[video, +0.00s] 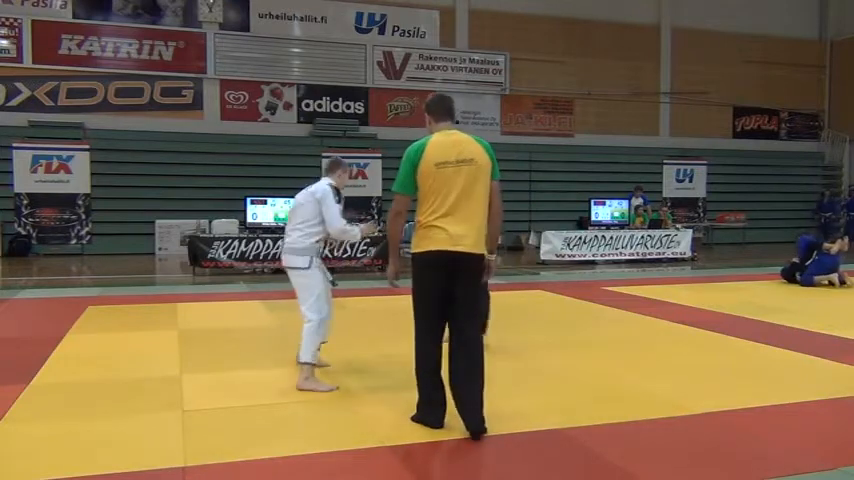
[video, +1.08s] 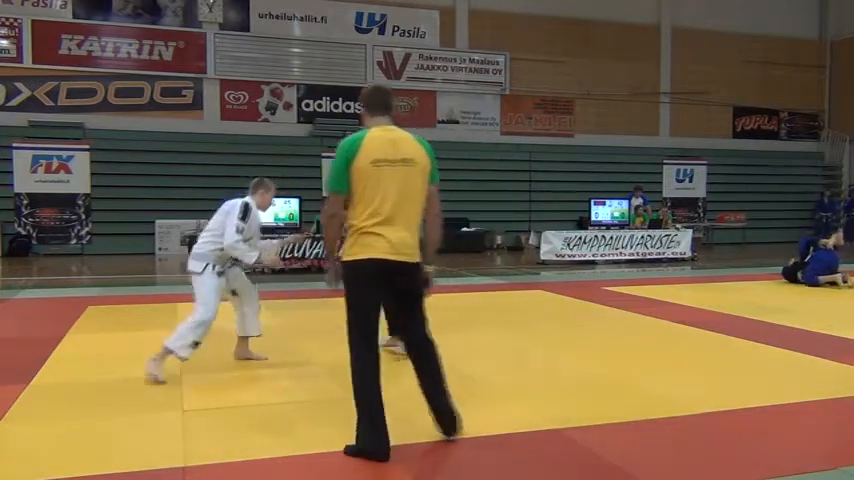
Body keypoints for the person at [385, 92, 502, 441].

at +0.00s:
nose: (425, 123)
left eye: (425, 119)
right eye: (430, 118)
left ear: (428, 118)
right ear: (455, 116)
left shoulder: (417, 151)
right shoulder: (483, 148)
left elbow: (398, 210)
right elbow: (496, 206)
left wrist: (393, 258)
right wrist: (491, 251)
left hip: (429, 255)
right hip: (471, 256)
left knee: (427, 335)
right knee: (467, 336)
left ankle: (431, 412)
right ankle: (474, 419)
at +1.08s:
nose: (361, 117)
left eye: (360, 112)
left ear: (363, 112)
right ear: (393, 111)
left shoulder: (352, 145)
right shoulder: (421, 148)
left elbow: (332, 210)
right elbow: (433, 209)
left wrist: (333, 256)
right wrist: (428, 262)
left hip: (362, 263)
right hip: (406, 263)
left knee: (363, 351)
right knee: (418, 340)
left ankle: (373, 442)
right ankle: (447, 418)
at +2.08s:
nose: (261, 117)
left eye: (260, 112)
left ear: (261, 112)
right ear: (292, 111)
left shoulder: (246, 147)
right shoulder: (321, 149)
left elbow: (228, 217)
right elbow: (335, 208)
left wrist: (228, 269)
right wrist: (327, 254)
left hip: (255, 264)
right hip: (307, 266)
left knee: (239, 351)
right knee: (315, 348)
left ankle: (220, 446)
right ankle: (337, 429)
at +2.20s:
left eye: (245, 107)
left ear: (241, 109)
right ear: (273, 110)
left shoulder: (220, 145)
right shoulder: (299, 145)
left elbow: (204, 215)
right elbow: (314, 206)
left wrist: (209, 269)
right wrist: (319, 258)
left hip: (234, 264)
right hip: (286, 264)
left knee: (226, 353)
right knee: (303, 345)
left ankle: (219, 447)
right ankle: (333, 427)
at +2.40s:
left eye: (211, 103)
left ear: (211, 106)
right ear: (245, 105)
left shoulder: (190, 144)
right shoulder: (271, 138)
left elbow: (172, 211)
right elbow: (288, 203)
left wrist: (177, 263)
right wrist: (292, 259)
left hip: (213, 263)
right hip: (264, 262)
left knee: (215, 355)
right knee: (276, 350)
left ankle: (218, 447)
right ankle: (289, 442)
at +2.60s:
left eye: (198, 101)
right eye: (226, 101)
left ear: (195, 103)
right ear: (229, 102)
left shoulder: (173, 143)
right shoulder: (255, 136)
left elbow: (157, 213)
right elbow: (273, 205)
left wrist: (158, 264)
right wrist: (277, 259)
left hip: (197, 263)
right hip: (245, 262)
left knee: (204, 351)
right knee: (239, 348)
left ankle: (216, 449)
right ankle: (212, 445)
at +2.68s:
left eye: (195, 100)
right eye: (222, 100)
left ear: (191, 102)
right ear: (225, 102)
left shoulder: (167, 142)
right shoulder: (249, 136)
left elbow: (152, 214)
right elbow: (269, 203)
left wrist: (158, 267)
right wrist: (272, 259)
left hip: (188, 263)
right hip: (236, 263)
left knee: (201, 358)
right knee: (222, 358)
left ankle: (218, 448)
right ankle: (187, 463)